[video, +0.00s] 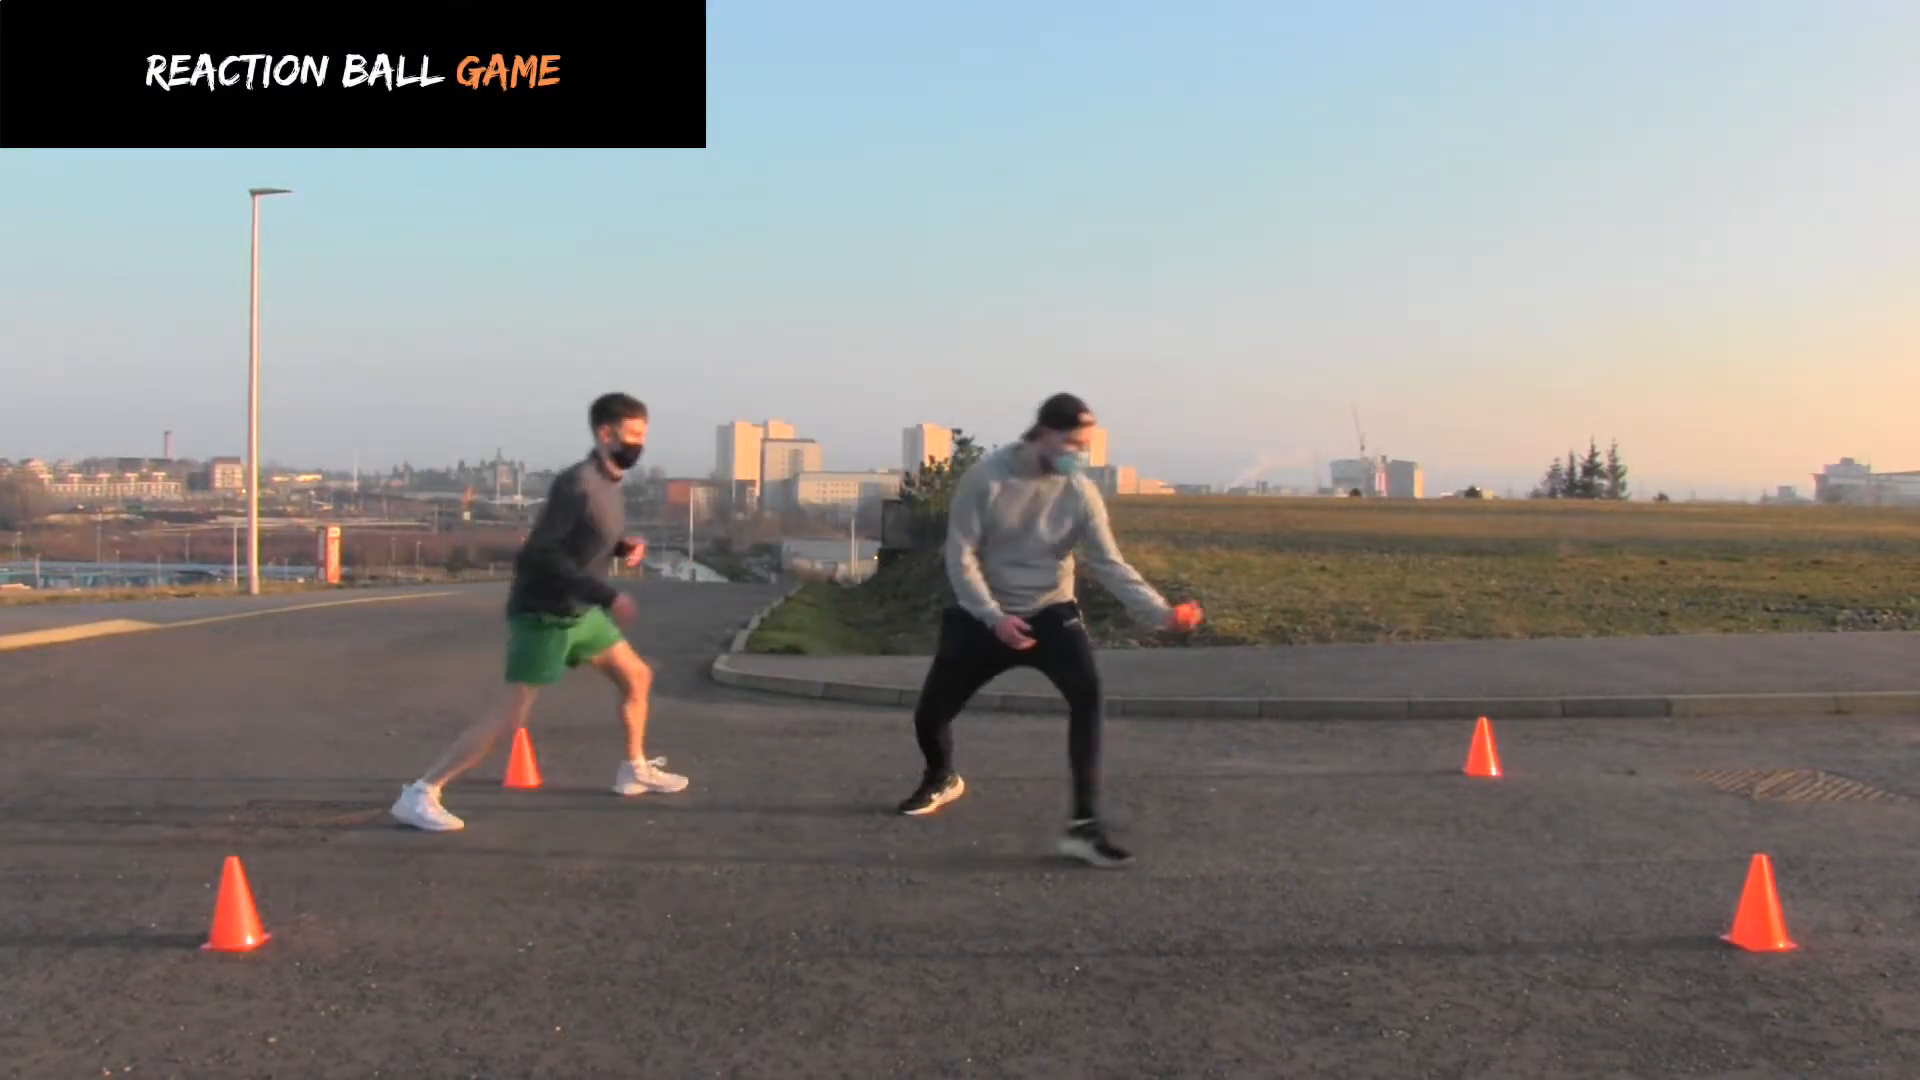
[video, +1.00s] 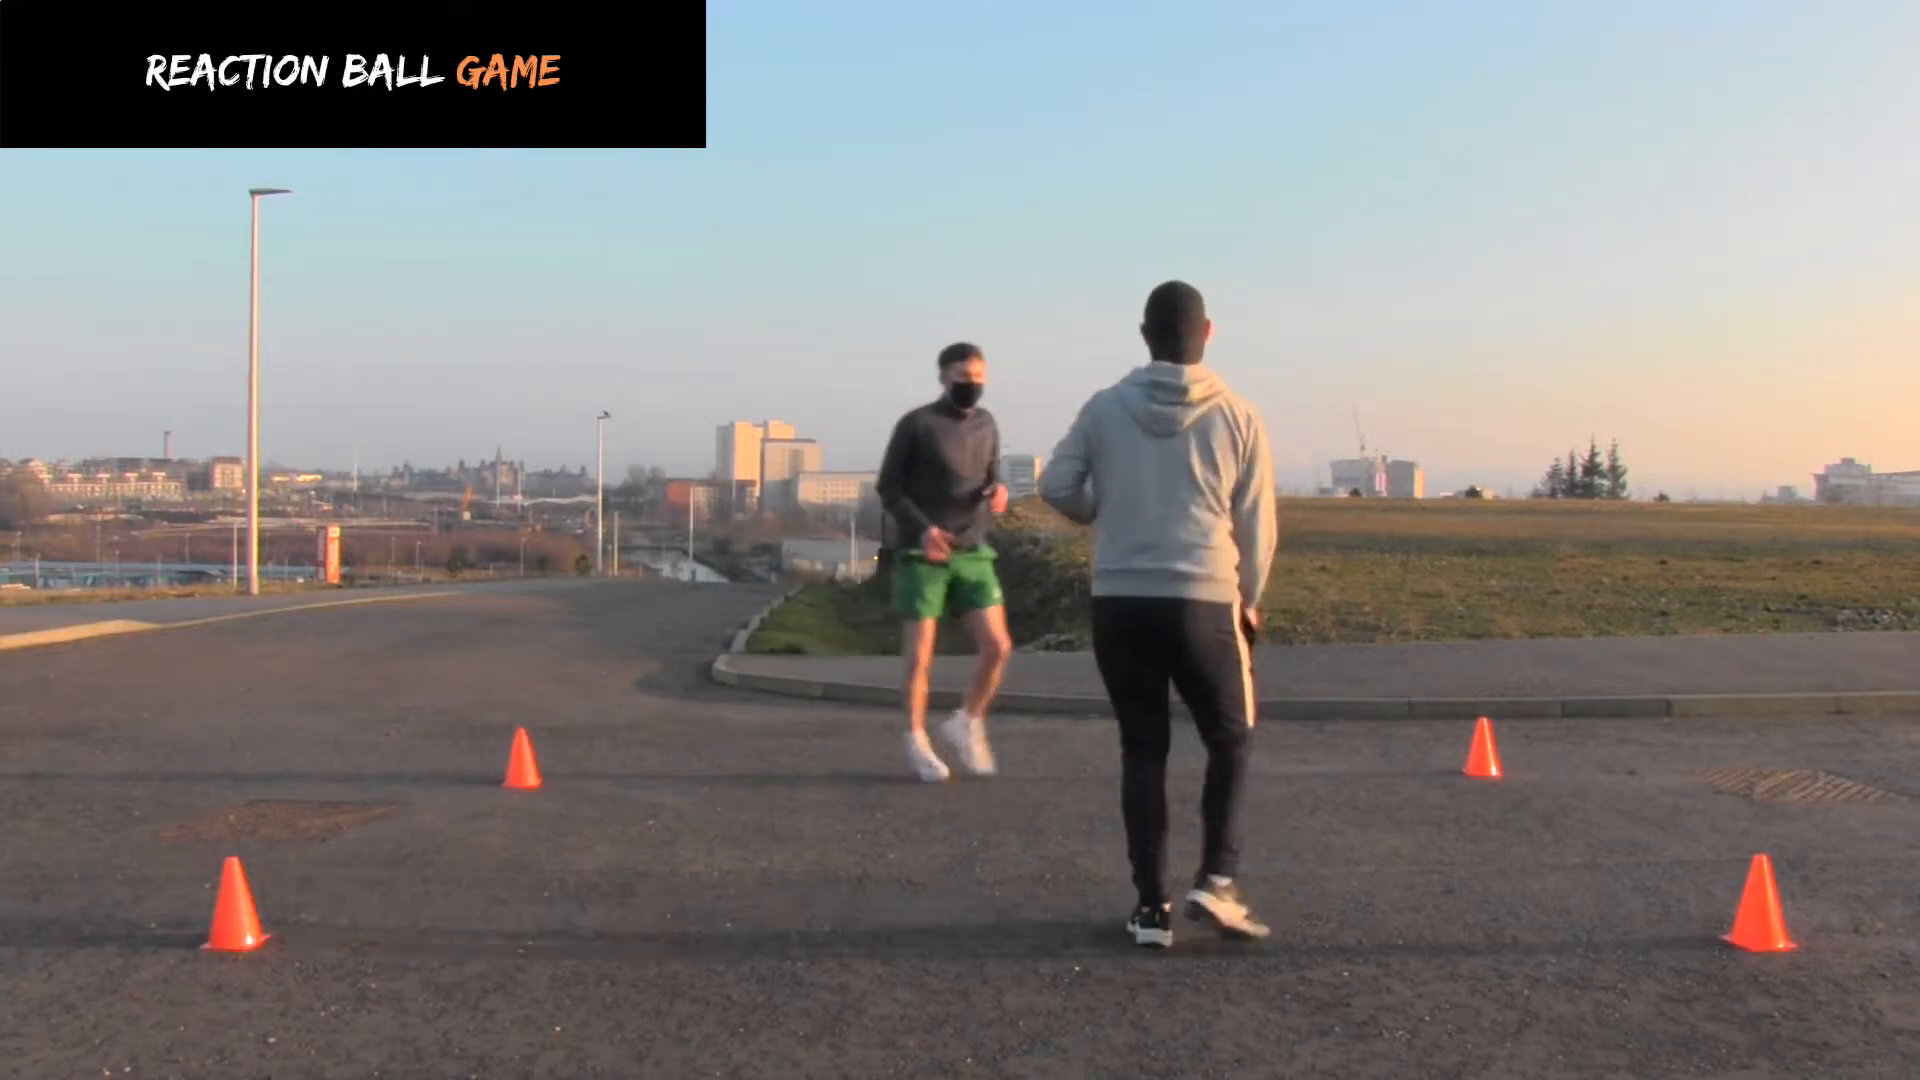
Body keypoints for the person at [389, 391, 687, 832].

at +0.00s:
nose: (639, 447)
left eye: (642, 438)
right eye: (632, 438)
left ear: (636, 436)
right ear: (604, 433)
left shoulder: (611, 484)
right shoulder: (575, 484)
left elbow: (591, 539)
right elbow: (541, 553)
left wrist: (621, 548)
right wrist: (606, 595)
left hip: (582, 612)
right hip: (541, 617)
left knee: (638, 678)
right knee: (510, 716)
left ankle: (635, 768)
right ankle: (421, 793)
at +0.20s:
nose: (704, 400)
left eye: (709, 392)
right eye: (695, 391)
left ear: (711, 391)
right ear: (672, 386)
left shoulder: (693, 438)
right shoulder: (644, 435)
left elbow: (677, 501)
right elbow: (603, 493)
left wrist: (702, 500)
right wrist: (662, 532)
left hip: (670, 571)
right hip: (629, 568)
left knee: (675, 667)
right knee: (596, 668)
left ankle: (642, 762)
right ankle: (534, 756)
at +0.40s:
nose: (765, 387)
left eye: (771, 380)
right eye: (758, 378)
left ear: (773, 381)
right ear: (734, 372)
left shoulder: (758, 423)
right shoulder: (704, 416)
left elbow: (744, 477)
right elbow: (661, 469)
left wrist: (766, 479)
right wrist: (712, 512)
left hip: (743, 551)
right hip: (699, 553)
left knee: (766, 649)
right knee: (696, 660)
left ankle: (722, 730)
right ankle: (676, 753)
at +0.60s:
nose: (837, 432)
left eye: (841, 424)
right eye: (828, 423)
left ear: (845, 425)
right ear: (805, 423)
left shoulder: (832, 475)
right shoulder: (781, 469)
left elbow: (820, 534)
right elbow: (746, 534)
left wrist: (844, 534)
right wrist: (783, 582)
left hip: (815, 593)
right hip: (770, 595)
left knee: (865, 667)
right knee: (752, 695)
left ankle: (901, 750)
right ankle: (690, 764)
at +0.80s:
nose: (913, 413)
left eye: (919, 405)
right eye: (904, 405)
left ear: (925, 402)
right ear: (885, 403)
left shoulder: (926, 451)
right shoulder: (863, 451)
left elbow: (929, 504)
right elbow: (828, 516)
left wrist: (942, 508)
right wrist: (861, 563)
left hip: (912, 581)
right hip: (866, 579)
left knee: (938, 664)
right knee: (833, 671)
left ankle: (915, 750)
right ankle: (769, 736)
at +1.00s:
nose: (968, 388)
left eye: (976, 381)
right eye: (960, 379)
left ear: (984, 381)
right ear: (943, 377)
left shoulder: (986, 425)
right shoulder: (915, 425)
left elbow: (992, 475)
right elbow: (888, 489)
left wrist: (998, 489)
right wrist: (923, 529)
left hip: (973, 551)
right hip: (922, 553)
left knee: (997, 646)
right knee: (920, 655)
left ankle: (967, 725)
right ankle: (917, 740)